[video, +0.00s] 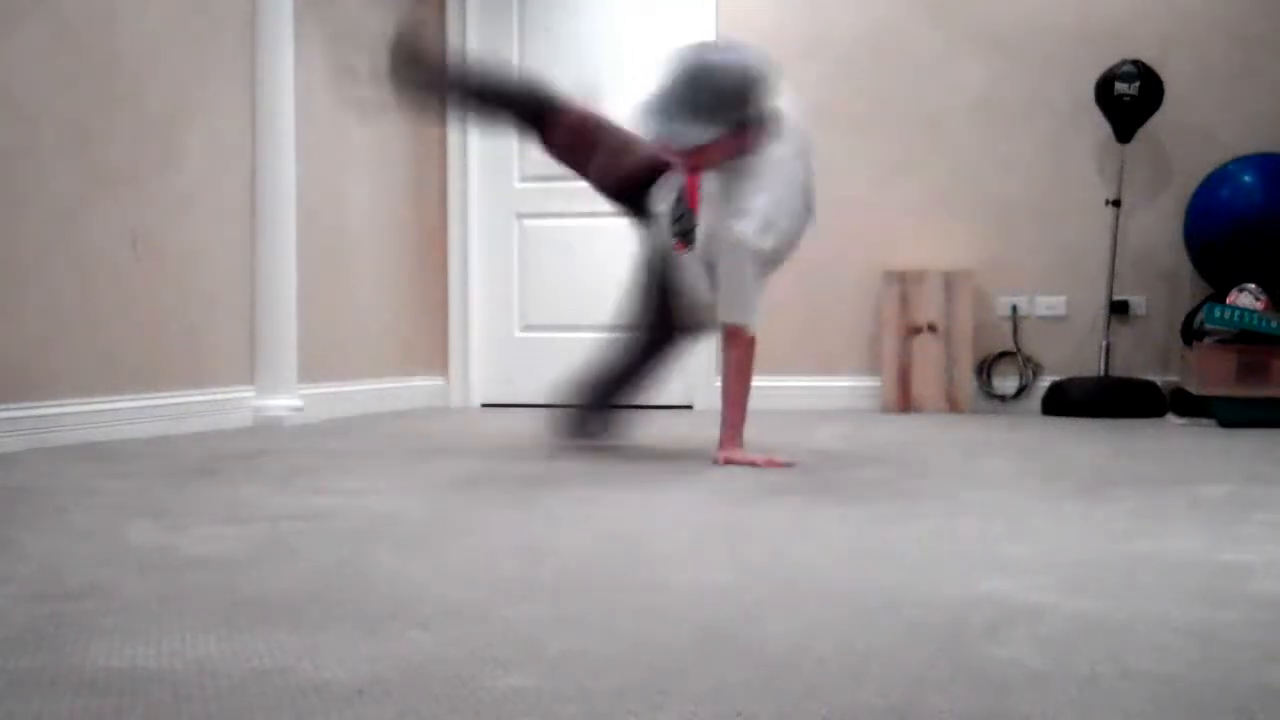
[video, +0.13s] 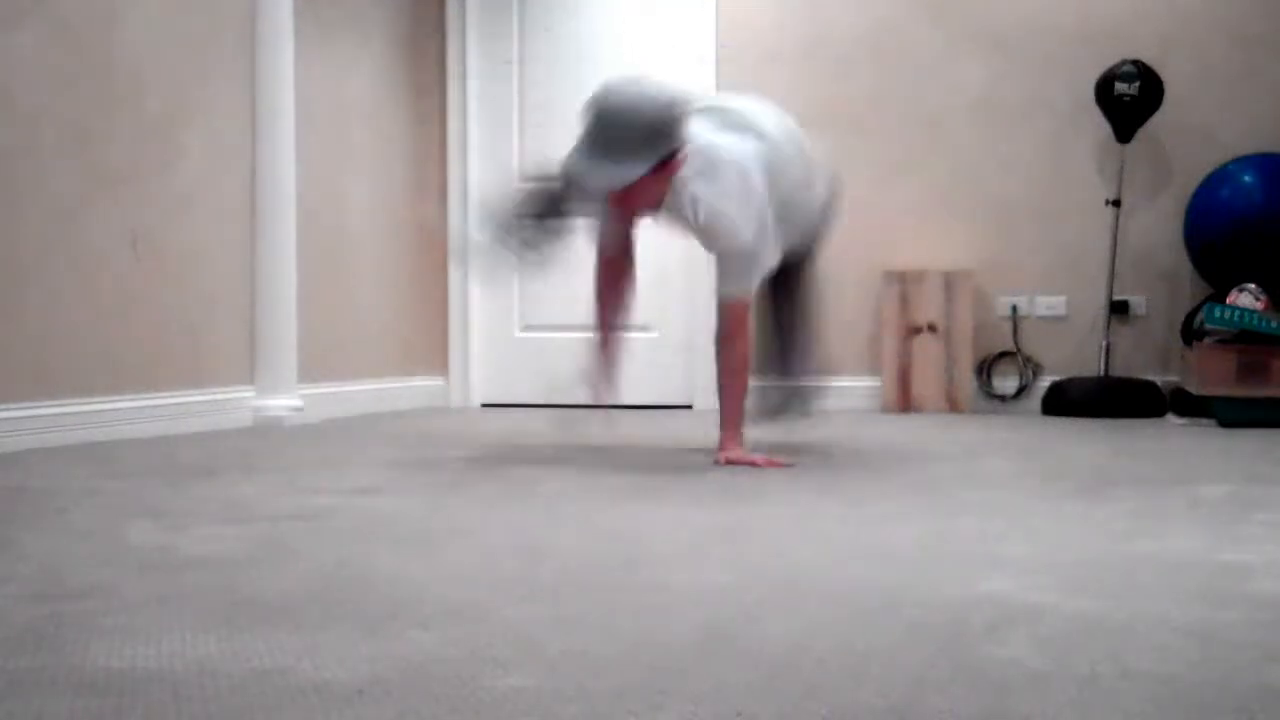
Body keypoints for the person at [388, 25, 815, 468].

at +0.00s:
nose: (682, 151)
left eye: (696, 141)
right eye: (679, 136)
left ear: (739, 133)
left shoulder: (744, 229)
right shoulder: (754, 109)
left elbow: (739, 336)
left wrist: (731, 445)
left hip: (686, 282)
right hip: (671, 196)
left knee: (643, 351)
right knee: (553, 117)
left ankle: (587, 415)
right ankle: (435, 77)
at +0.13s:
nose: (616, 199)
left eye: (627, 184)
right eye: (609, 184)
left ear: (669, 165)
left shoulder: (728, 188)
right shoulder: (620, 165)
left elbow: (733, 328)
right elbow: (613, 259)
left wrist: (731, 441)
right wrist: (606, 365)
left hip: (800, 190)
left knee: (785, 292)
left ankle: (786, 388)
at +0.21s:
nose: (586, 244)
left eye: (594, 227)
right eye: (575, 232)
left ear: (632, 203)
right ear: (563, 218)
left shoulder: (704, 205)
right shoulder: (583, 235)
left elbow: (725, 327)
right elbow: (624, 326)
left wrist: (731, 442)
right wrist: (635, 440)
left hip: (786, 144)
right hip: (700, 141)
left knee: (883, 284)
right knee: (640, 296)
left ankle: (967, 310)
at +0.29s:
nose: (557, 247)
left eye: (559, 228)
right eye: (543, 239)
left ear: (589, 195)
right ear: (536, 231)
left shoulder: (661, 190)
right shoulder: (573, 251)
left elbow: (709, 324)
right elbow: (620, 331)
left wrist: (733, 440)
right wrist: (635, 438)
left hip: (767, 159)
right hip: (727, 222)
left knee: (891, 170)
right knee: (753, 372)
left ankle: (1015, 185)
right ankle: (861, 383)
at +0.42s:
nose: (511, 164)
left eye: (509, 143)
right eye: (496, 161)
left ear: (542, 119)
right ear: (500, 171)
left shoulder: (622, 147)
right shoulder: (556, 237)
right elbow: (624, 325)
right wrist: (639, 439)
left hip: (789, 200)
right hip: (776, 283)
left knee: (808, 51)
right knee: (804, 407)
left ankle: (921, 5)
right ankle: (974, 431)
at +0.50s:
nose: (543, 120)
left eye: (539, 101)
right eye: (527, 122)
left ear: (563, 85)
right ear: (527, 139)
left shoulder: (634, 104)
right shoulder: (573, 232)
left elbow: (764, 134)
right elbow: (627, 328)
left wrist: (707, 115)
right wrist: (638, 441)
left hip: (803, 230)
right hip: (776, 308)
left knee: (802, 45)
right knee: (722, 395)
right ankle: (857, 463)